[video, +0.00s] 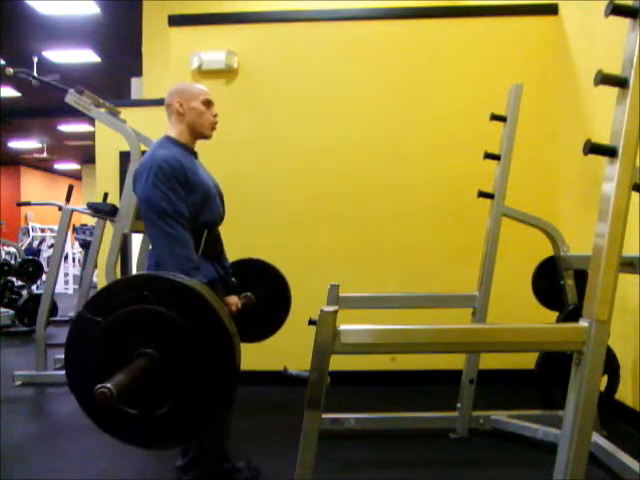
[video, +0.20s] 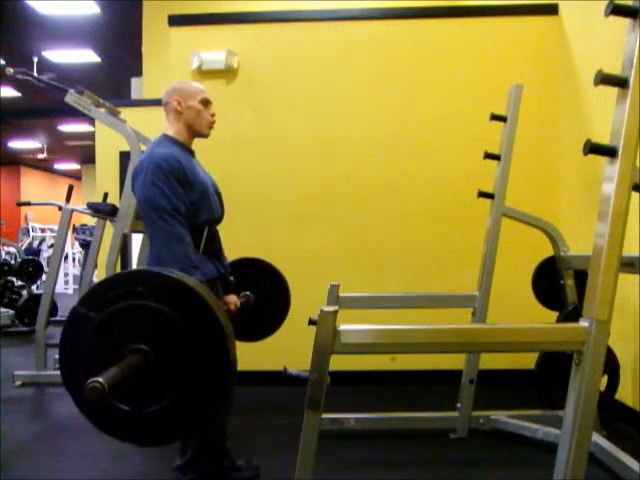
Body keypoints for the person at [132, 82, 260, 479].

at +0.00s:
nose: (215, 113)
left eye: (214, 106)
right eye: (207, 105)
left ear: (182, 109)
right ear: (179, 108)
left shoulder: (185, 160)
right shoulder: (163, 162)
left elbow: (205, 238)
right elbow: (173, 246)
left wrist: (229, 285)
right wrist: (216, 293)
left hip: (199, 293)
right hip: (181, 298)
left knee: (211, 375)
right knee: (207, 377)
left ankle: (204, 457)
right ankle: (208, 462)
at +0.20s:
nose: (213, 113)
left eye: (212, 106)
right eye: (205, 104)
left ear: (180, 108)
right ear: (177, 107)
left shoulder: (183, 159)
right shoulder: (160, 161)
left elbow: (204, 237)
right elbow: (172, 244)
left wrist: (228, 283)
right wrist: (217, 291)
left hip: (199, 291)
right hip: (181, 295)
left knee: (213, 373)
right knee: (207, 375)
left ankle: (208, 456)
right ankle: (205, 459)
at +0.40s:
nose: (221, 115)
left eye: (220, 108)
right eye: (214, 107)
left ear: (189, 109)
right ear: (185, 107)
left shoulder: (191, 160)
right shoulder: (163, 161)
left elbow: (207, 238)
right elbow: (172, 246)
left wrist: (227, 288)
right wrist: (214, 294)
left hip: (199, 291)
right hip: (178, 295)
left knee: (210, 374)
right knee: (206, 376)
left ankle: (207, 456)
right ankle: (204, 459)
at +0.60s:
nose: (244, 121)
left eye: (244, 114)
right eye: (237, 113)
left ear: (213, 114)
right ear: (210, 112)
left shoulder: (208, 164)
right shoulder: (179, 162)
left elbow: (212, 240)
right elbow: (175, 244)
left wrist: (225, 292)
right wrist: (196, 301)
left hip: (198, 292)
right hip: (175, 295)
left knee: (209, 375)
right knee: (201, 376)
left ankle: (206, 456)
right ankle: (201, 459)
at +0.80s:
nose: (272, 142)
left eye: (272, 135)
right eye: (266, 134)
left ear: (244, 135)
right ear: (238, 131)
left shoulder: (227, 182)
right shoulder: (200, 175)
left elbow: (218, 253)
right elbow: (181, 250)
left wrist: (227, 306)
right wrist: (203, 310)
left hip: (189, 292)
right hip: (160, 292)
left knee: (211, 372)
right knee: (196, 376)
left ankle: (209, 455)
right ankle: (199, 459)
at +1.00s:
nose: (289, 168)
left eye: (289, 160)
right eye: (283, 159)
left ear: (257, 157)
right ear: (256, 155)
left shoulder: (238, 202)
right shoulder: (211, 195)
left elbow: (225, 269)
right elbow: (188, 271)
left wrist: (231, 319)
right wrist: (203, 331)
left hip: (178, 289)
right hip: (152, 287)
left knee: (188, 372)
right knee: (164, 375)